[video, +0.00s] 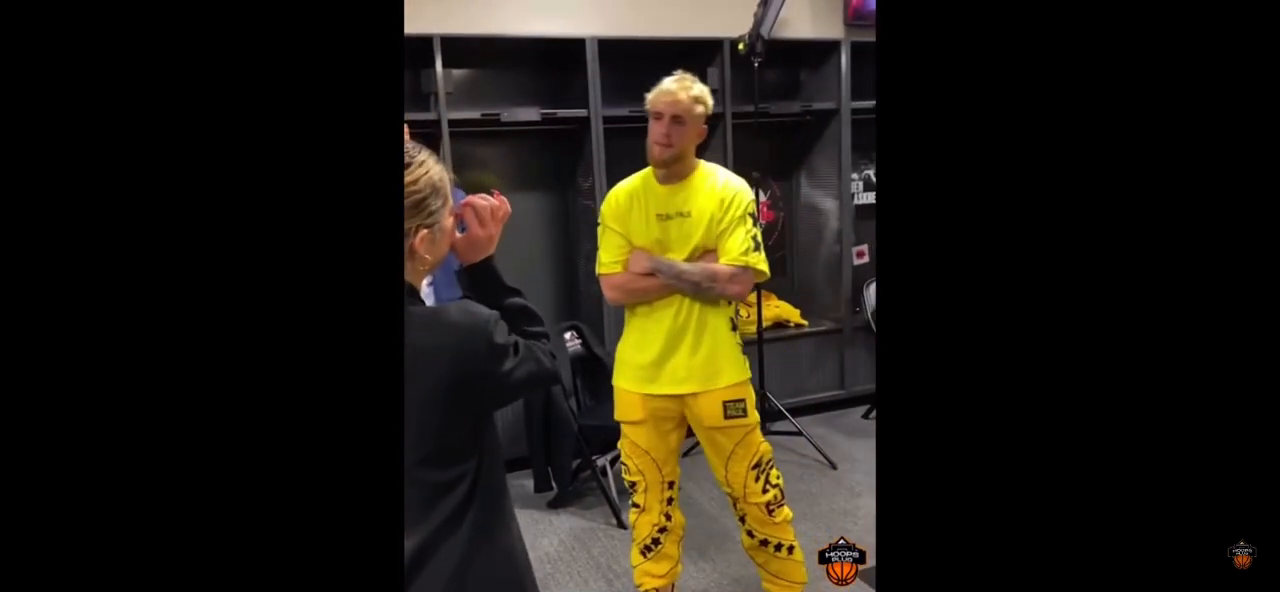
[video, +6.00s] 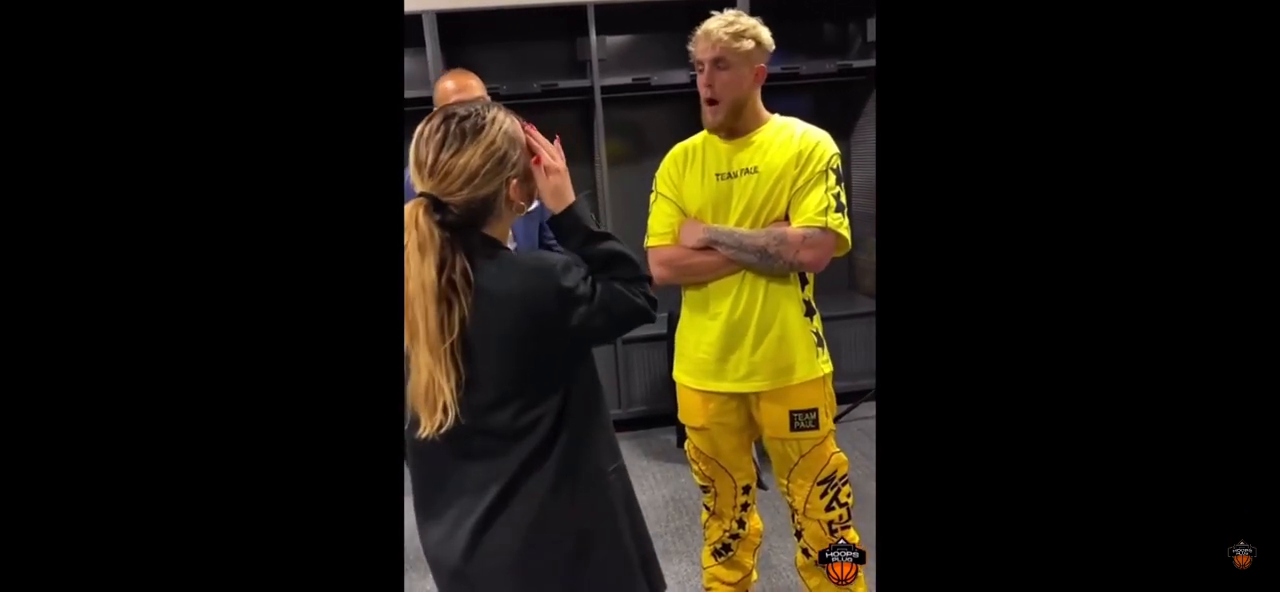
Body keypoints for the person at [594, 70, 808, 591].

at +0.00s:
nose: (662, 131)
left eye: (677, 121)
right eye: (656, 118)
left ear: (701, 130)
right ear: (647, 124)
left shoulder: (728, 191)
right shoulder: (621, 198)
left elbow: (737, 281)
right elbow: (614, 289)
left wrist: (654, 263)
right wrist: (701, 273)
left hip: (716, 371)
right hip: (641, 375)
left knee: (758, 498)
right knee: (649, 506)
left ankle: (787, 584)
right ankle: (653, 586)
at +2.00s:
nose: (682, 144)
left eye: (700, 133)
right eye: (678, 128)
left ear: (738, 143)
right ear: (670, 128)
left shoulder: (770, 220)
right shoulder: (642, 206)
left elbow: (759, 340)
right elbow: (616, 314)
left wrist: (661, 297)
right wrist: (714, 315)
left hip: (722, 418)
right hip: (642, 407)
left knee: (719, 550)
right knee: (623, 524)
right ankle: (644, 586)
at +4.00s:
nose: (736, 96)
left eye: (753, 82)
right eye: (729, 80)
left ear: (785, 89)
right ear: (719, 84)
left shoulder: (823, 162)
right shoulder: (694, 174)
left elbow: (823, 270)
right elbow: (676, 278)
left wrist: (716, 247)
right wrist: (779, 260)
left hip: (801, 377)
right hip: (713, 380)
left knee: (830, 534)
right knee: (729, 538)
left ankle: (841, 586)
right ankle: (732, 587)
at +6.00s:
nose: (704, 82)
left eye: (719, 67)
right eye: (699, 68)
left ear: (757, 74)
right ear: (695, 74)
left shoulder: (808, 146)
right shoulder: (679, 160)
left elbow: (814, 250)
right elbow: (662, 265)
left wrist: (705, 234)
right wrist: (764, 246)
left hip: (790, 365)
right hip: (703, 369)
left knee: (824, 519)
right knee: (723, 522)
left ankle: (837, 584)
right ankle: (726, 585)